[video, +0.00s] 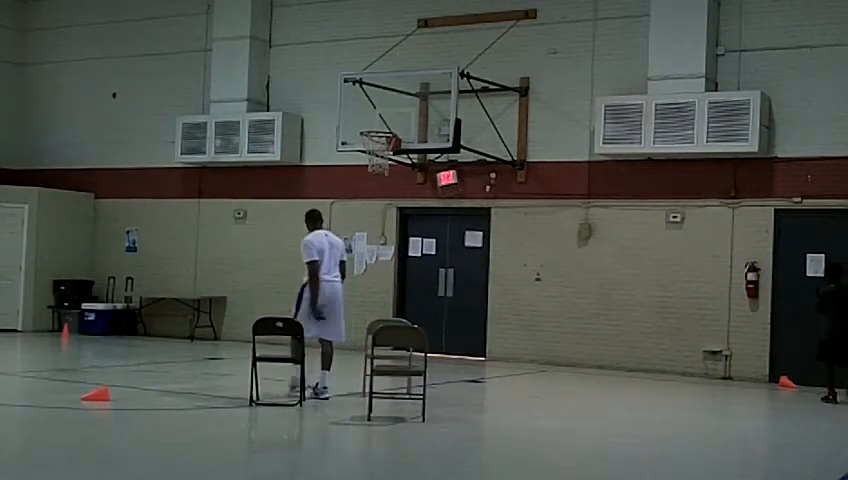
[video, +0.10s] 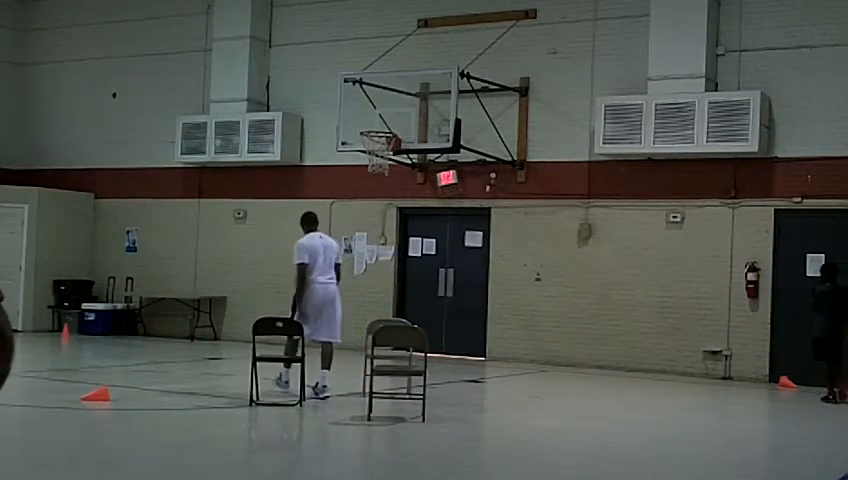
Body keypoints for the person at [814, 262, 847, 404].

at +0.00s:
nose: (827, 277)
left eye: (827, 274)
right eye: (830, 274)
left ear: (827, 275)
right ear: (841, 275)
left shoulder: (826, 291)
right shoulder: (845, 290)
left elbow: (820, 310)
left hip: (829, 333)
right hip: (843, 332)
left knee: (829, 363)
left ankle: (832, 393)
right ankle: (832, 392)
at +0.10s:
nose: (822, 277)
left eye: (823, 274)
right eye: (824, 274)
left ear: (823, 275)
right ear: (836, 275)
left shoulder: (820, 290)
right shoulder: (841, 290)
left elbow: (816, 309)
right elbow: (843, 310)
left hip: (824, 331)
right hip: (839, 331)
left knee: (829, 362)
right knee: (839, 362)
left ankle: (830, 392)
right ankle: (842, 392)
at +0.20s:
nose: (818, 276)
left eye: (819, 274)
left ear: (819, 274)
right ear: (832, 274)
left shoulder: (817, 290)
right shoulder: (837, 290)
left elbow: (811, 309)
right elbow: (840, 311)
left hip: (821, 330)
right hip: (834, 330)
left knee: (828, 362)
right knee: (830, 362)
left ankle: (830, 392)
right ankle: (830, 391)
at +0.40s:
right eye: (823, 275)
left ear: (811, 275)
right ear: (824, 276)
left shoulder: (807, 289)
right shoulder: (828, 290)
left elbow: (802, 307)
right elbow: (832, 312)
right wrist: (833, 330)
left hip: (811, 330)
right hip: (825, 330)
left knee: (821, 361)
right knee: (816, 361)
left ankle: (829, 391)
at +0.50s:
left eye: (809, 274)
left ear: (808, 275)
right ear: (821, 275)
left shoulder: (804, 289)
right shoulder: (825, 290)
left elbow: (798, 307)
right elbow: (828, 312)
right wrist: (828, 330)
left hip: (808, 329)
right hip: (822, 329)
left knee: (810, 360)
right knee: (818, 359)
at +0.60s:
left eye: (806, 274)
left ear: (804, 274)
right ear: (817, 275)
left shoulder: (801, 290)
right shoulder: (820, 291)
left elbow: (795, 306)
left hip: (802, 328)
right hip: (815, 328)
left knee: (804, 359)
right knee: (811, 359)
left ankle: (808, 388)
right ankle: (808, 387)